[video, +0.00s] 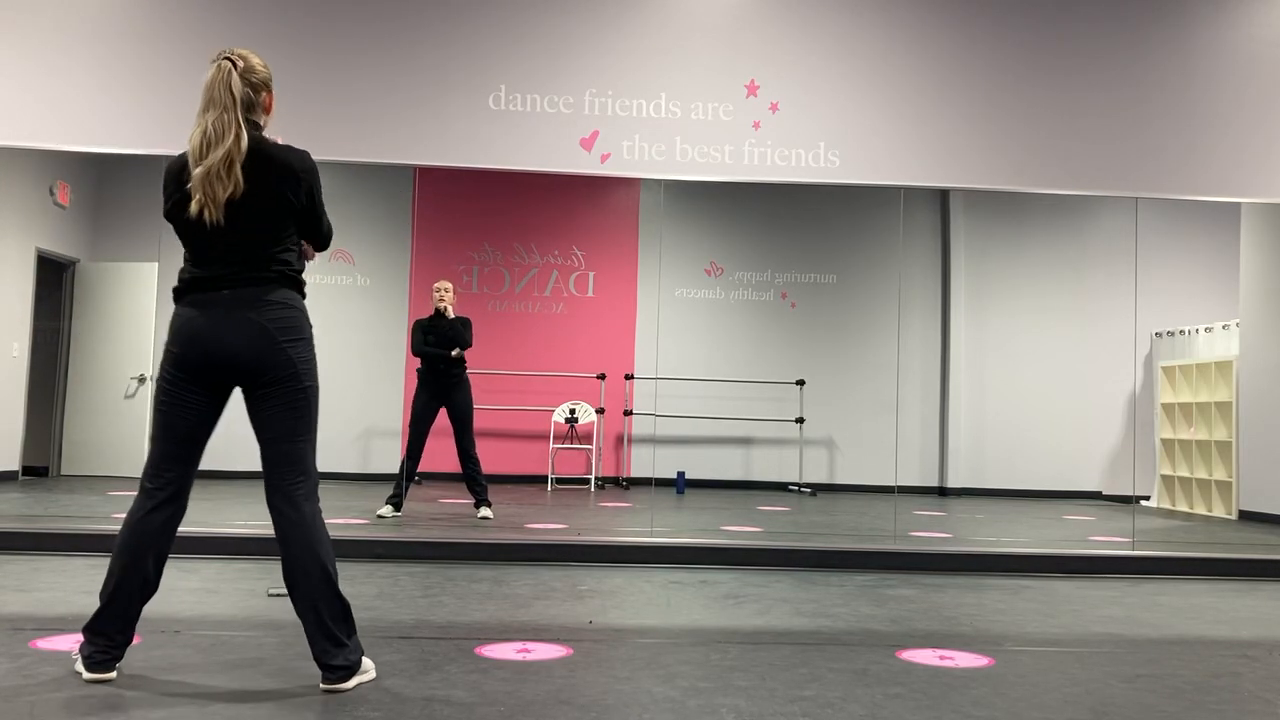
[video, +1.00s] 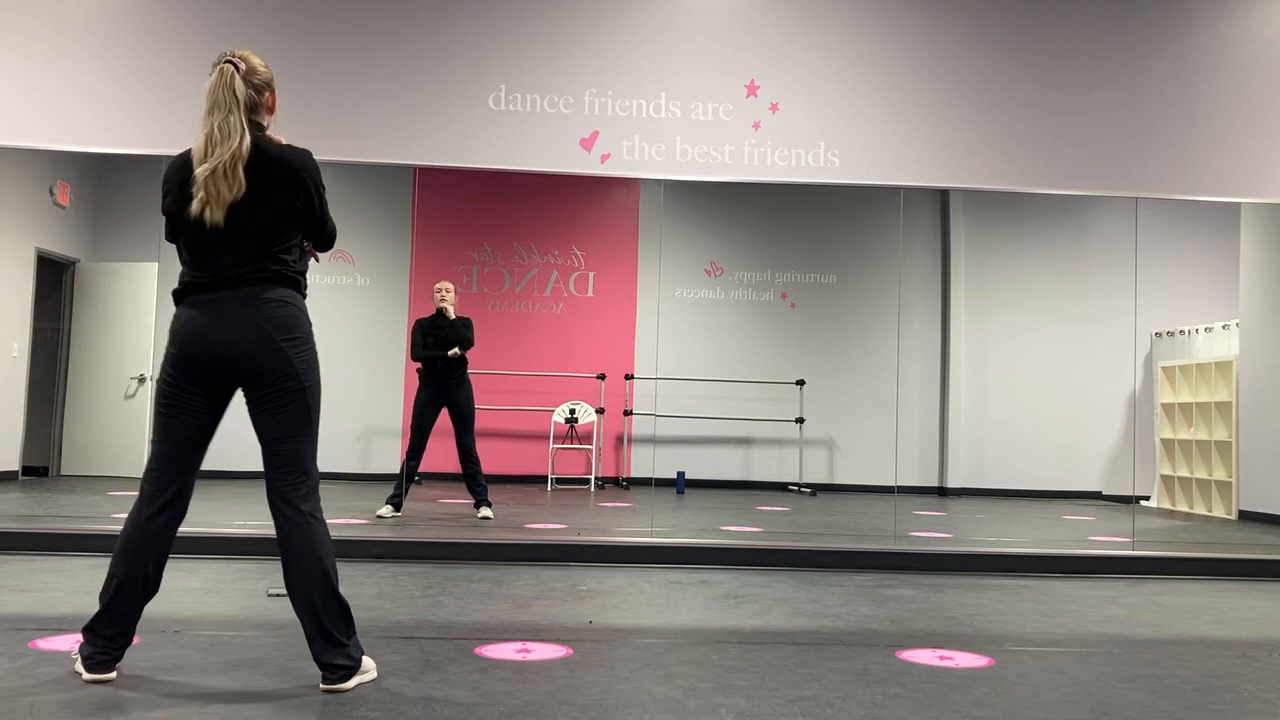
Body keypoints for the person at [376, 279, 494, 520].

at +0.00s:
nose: (441, 294)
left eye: (446, 290)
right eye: (438, 290)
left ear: (454, 297)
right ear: (431, 297)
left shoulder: (463, 322)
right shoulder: (421, 324)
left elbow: (465, 344)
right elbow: (417, 350)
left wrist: (450, 317)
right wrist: (449, 354)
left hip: (457, 388)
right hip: (428, 388)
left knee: (466, 447)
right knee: (413, 447)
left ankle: (482, 504)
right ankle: (394, 503)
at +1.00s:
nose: (443, 294)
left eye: (447, 291)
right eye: (439, 291)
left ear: (455, 298)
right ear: (433, 298)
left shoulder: (464, 323)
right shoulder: (421, 324)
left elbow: (467, 343)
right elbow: (416, 354)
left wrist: (451, 318)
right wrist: (447, 354)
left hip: (459, 389)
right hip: (429, 389)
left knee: (467, 448)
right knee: (415, 448)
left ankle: (482, 504)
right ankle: (394, 504)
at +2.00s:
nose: (443, 293)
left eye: (447, 290)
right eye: (439, 290)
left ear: (456, 298)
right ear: (433, 297)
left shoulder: (464, 323)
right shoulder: (422, 323)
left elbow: (467, 344)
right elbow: (416, 352)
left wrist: (452, 317)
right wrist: (447, 351)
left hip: (455, 389)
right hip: (426, 389)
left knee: (464, 447)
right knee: (413, 448)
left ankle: (482, 504)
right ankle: (394, 504)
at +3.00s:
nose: (441, 293)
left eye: (446, 290)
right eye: (438, 290)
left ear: (454, 298)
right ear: (432, 297)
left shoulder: (461, 324)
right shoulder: (420, 322)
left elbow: (465, 344)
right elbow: (414, 347)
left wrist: (451, 317)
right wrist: (443, 349)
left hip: (452, 388)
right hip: (423, 387)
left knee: (462, 447)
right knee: (411, 447)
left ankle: (482, 504)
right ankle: (394, 504)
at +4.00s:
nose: (443, 293)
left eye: (447, 290)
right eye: (439, 290)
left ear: (456, 298)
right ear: (433, 297)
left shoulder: (464, 323)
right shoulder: (422, 322)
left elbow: (466, 343)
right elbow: (415, 346)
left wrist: (452, 316)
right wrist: (443, 347)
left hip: (453, 388)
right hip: (423, 387)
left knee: (463, 448)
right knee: (412, 448)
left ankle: (482, 504)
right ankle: (394, 504)